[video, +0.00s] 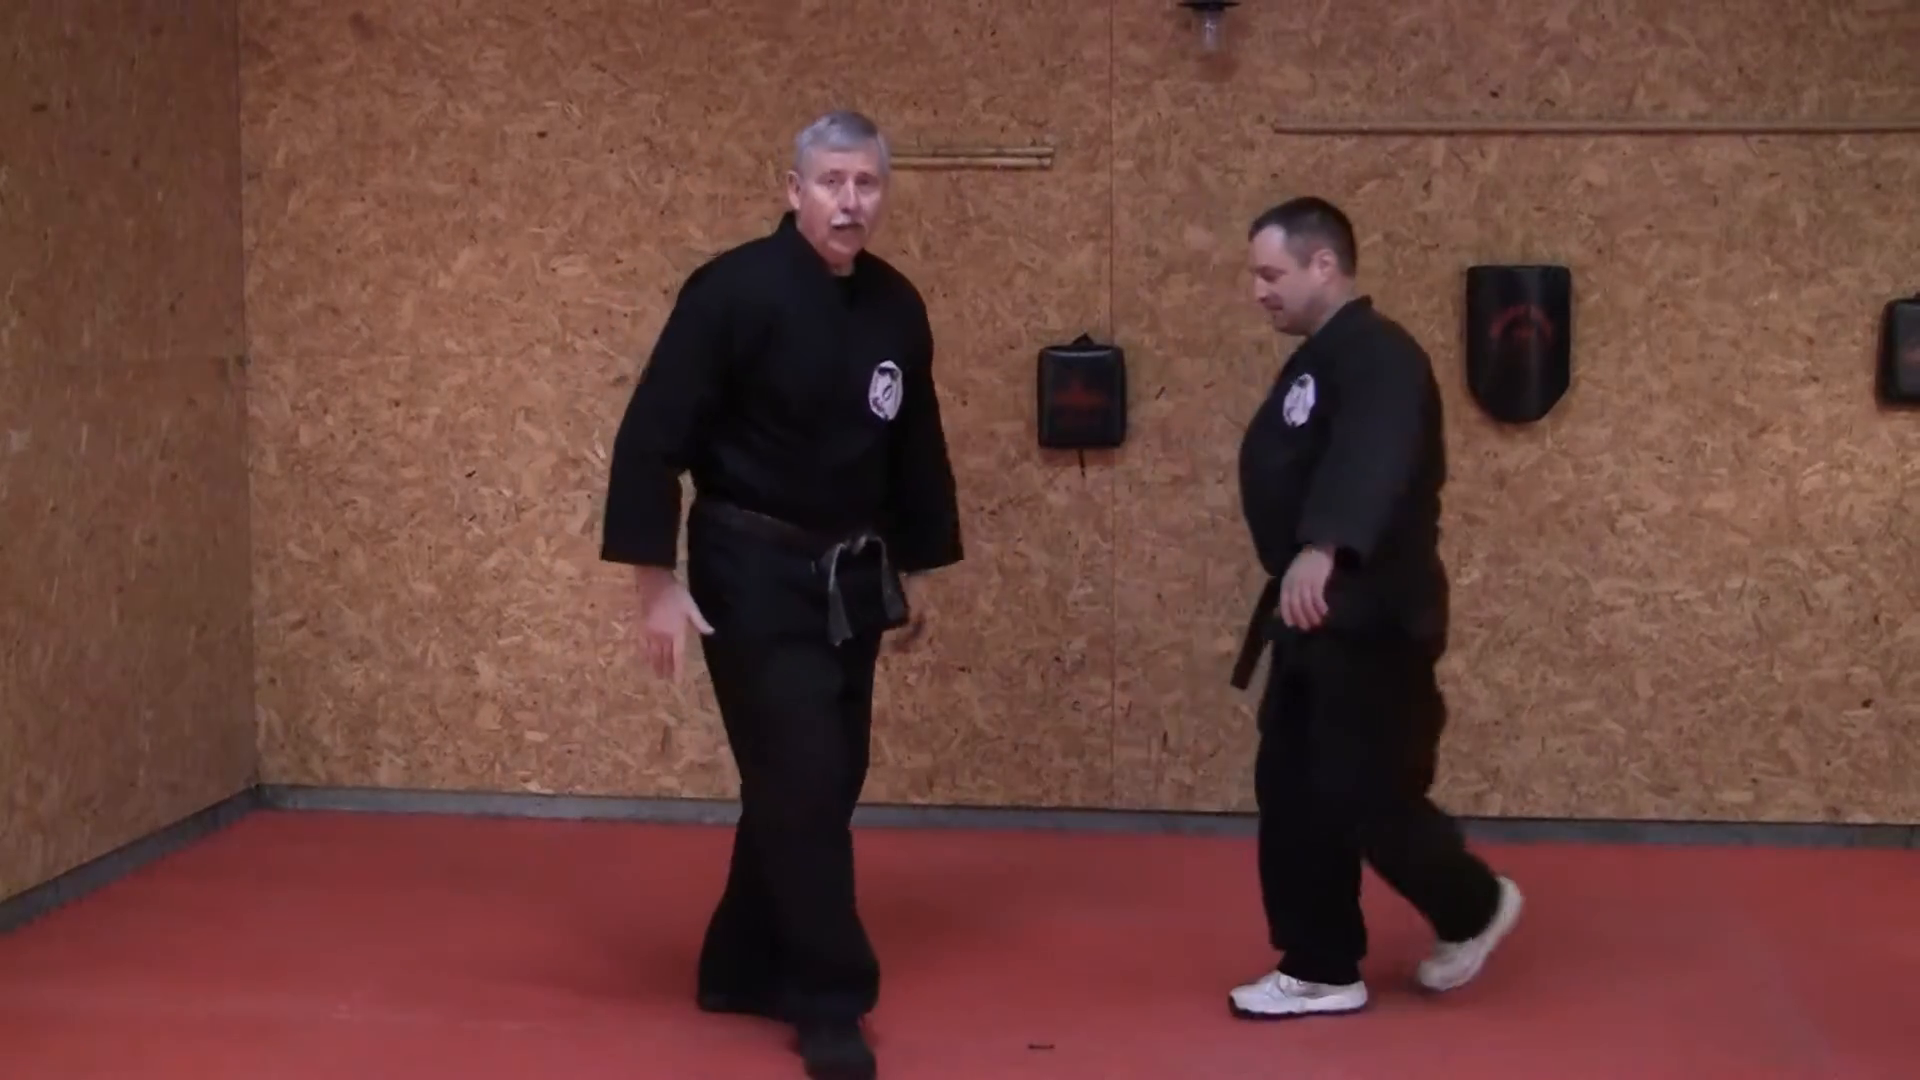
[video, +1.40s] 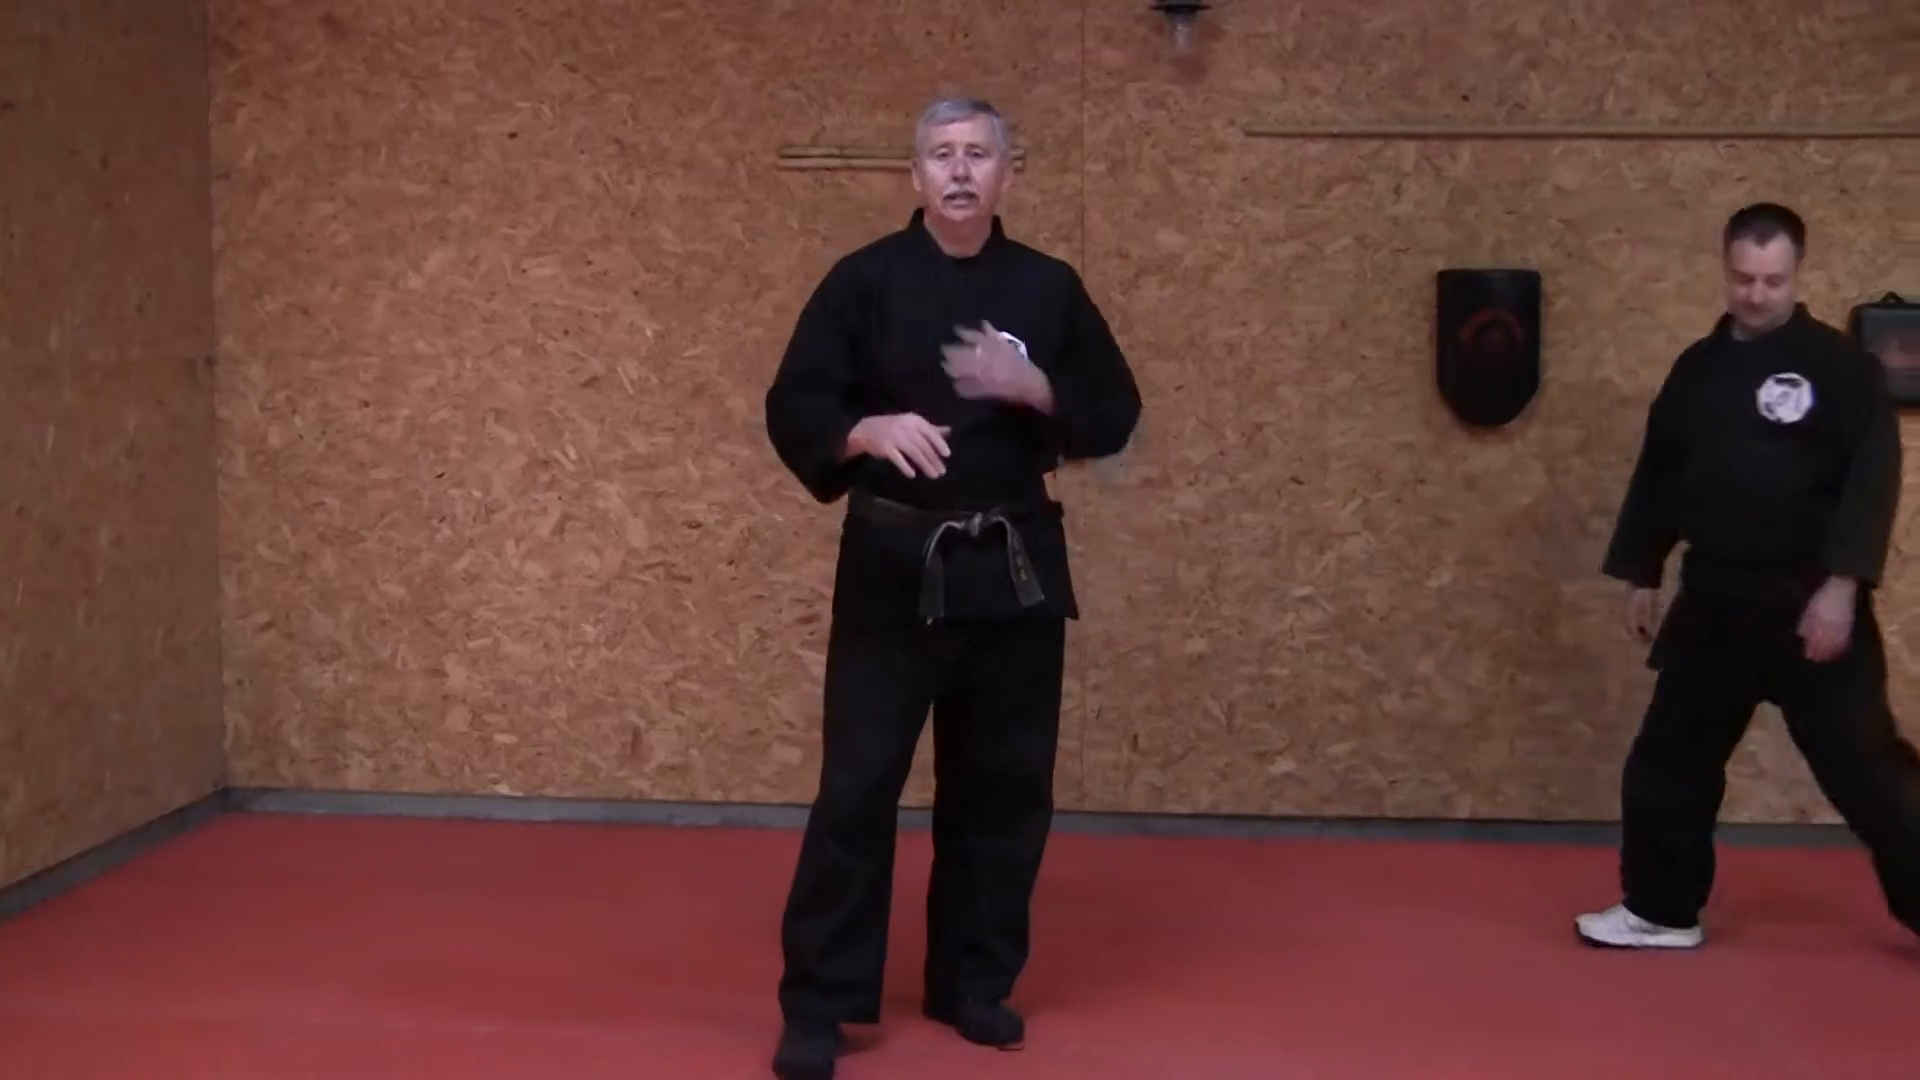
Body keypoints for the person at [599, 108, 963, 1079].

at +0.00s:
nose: (851, 200)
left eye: (867, 183)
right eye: (833, 181)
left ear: (884, 193)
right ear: (794, 187)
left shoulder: (894, 307)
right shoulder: (730, 291)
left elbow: (910, 448)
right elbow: (650, 433)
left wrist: (902, 576)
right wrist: (657, 582)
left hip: (851, 569)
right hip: (751, 566)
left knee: (822, 773)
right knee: (800, 776)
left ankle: (741, 964)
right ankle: (829, 1009)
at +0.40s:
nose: (853, 179)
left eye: (867, 160)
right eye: (832, 163)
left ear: (890, 170)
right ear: (798, 178)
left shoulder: (931, 281)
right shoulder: (754, 296)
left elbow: (978, 407)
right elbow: (701, 456)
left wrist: (1019, 516)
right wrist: (759, 563)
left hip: (912, 570)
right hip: (800, 578)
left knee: (922, 788)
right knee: (822, 799)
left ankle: (819, 939)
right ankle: (829, 1023)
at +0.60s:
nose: (874, 177)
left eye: (889, 159)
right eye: (854, 162)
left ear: (914, 169)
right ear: (824, 176)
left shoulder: (961, 282)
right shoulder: (779, 296)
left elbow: (1010, 416)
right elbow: (715, 443)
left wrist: (1034, 533)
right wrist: (798, 442)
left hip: (942, 566)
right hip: (820, 573)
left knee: (966, 789)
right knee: (825, 804)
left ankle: (966, 980)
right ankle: (830, 1019)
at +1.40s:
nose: (959, 169)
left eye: (977, 153)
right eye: (943, 153)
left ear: (1006, 172)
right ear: (916, 170)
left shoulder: (1050, 289)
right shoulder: (863, 283)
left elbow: (1112, 419)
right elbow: (794, 416)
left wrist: (1031, 384)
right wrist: (861, 432)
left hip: (1015, 570)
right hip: (890, 567)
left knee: (1001, 789)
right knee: (856, 793)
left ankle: (973, 986)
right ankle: (818, 1006)